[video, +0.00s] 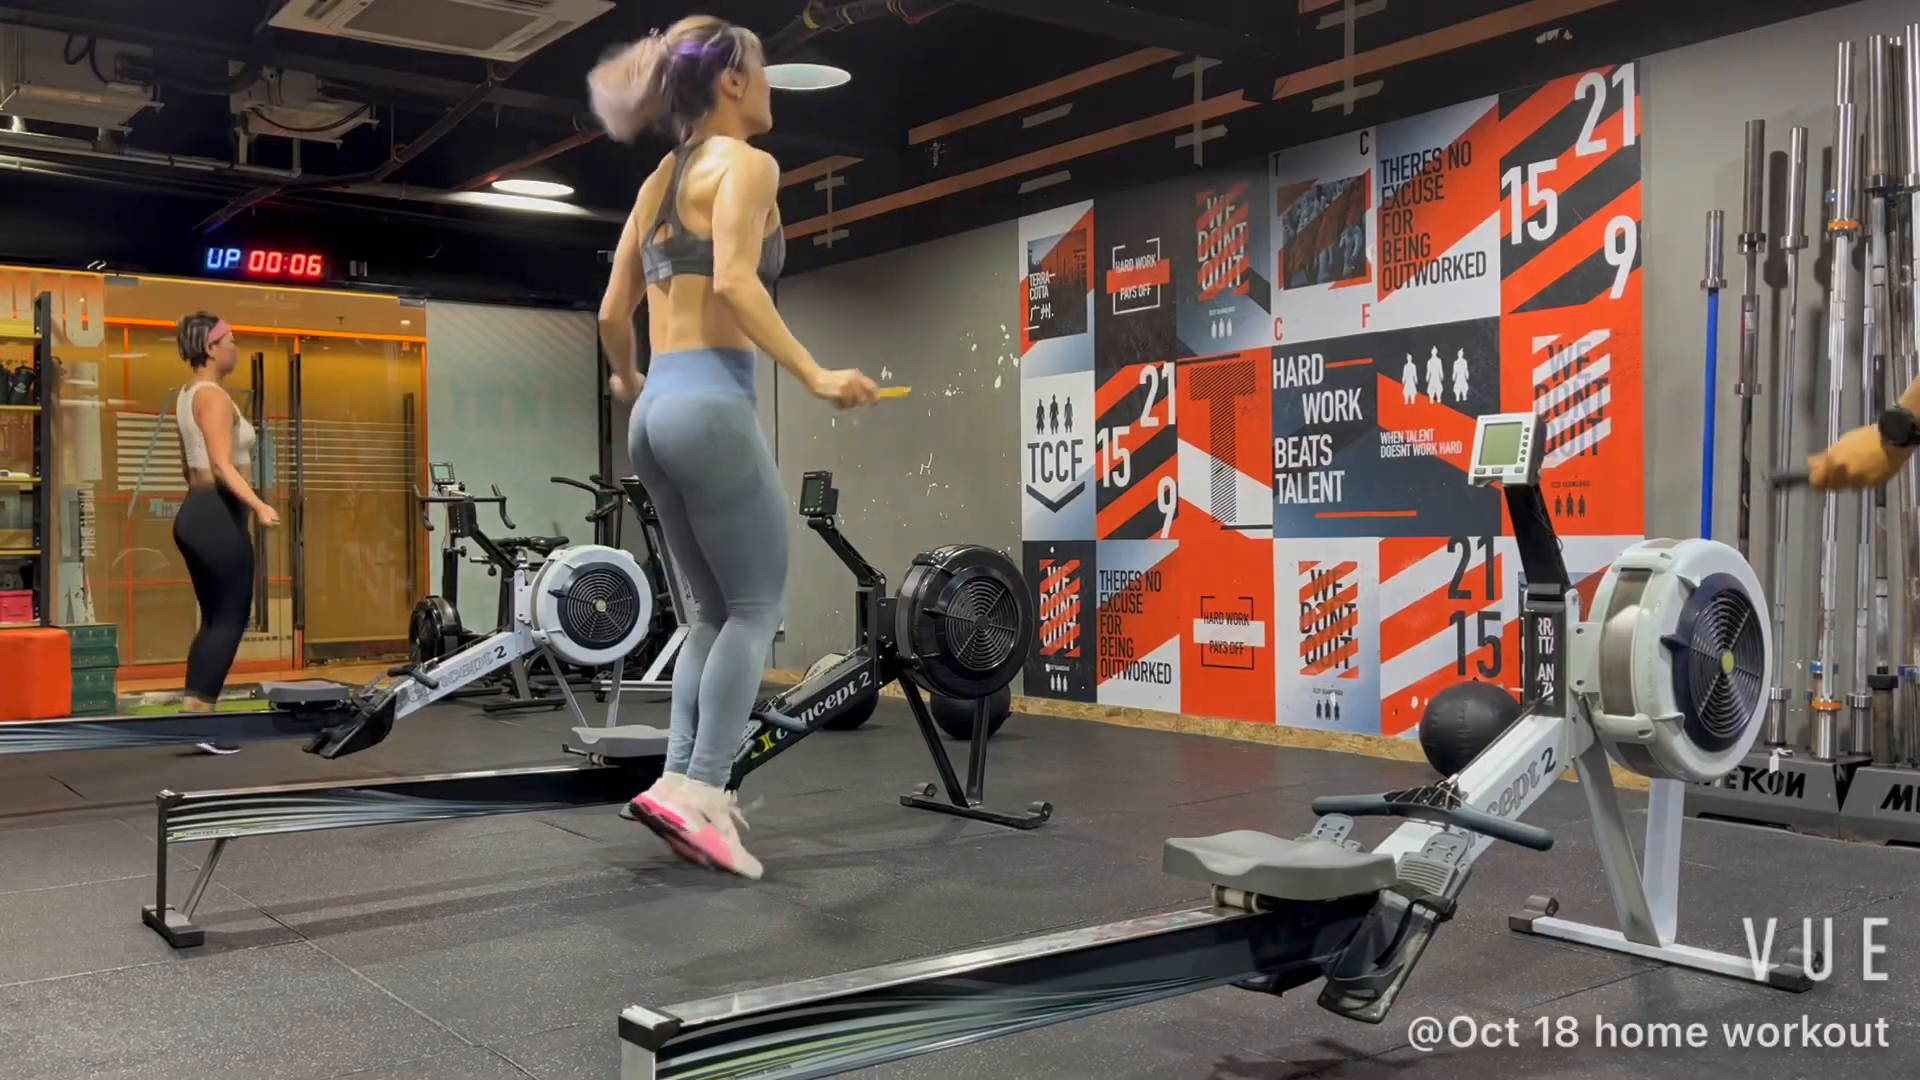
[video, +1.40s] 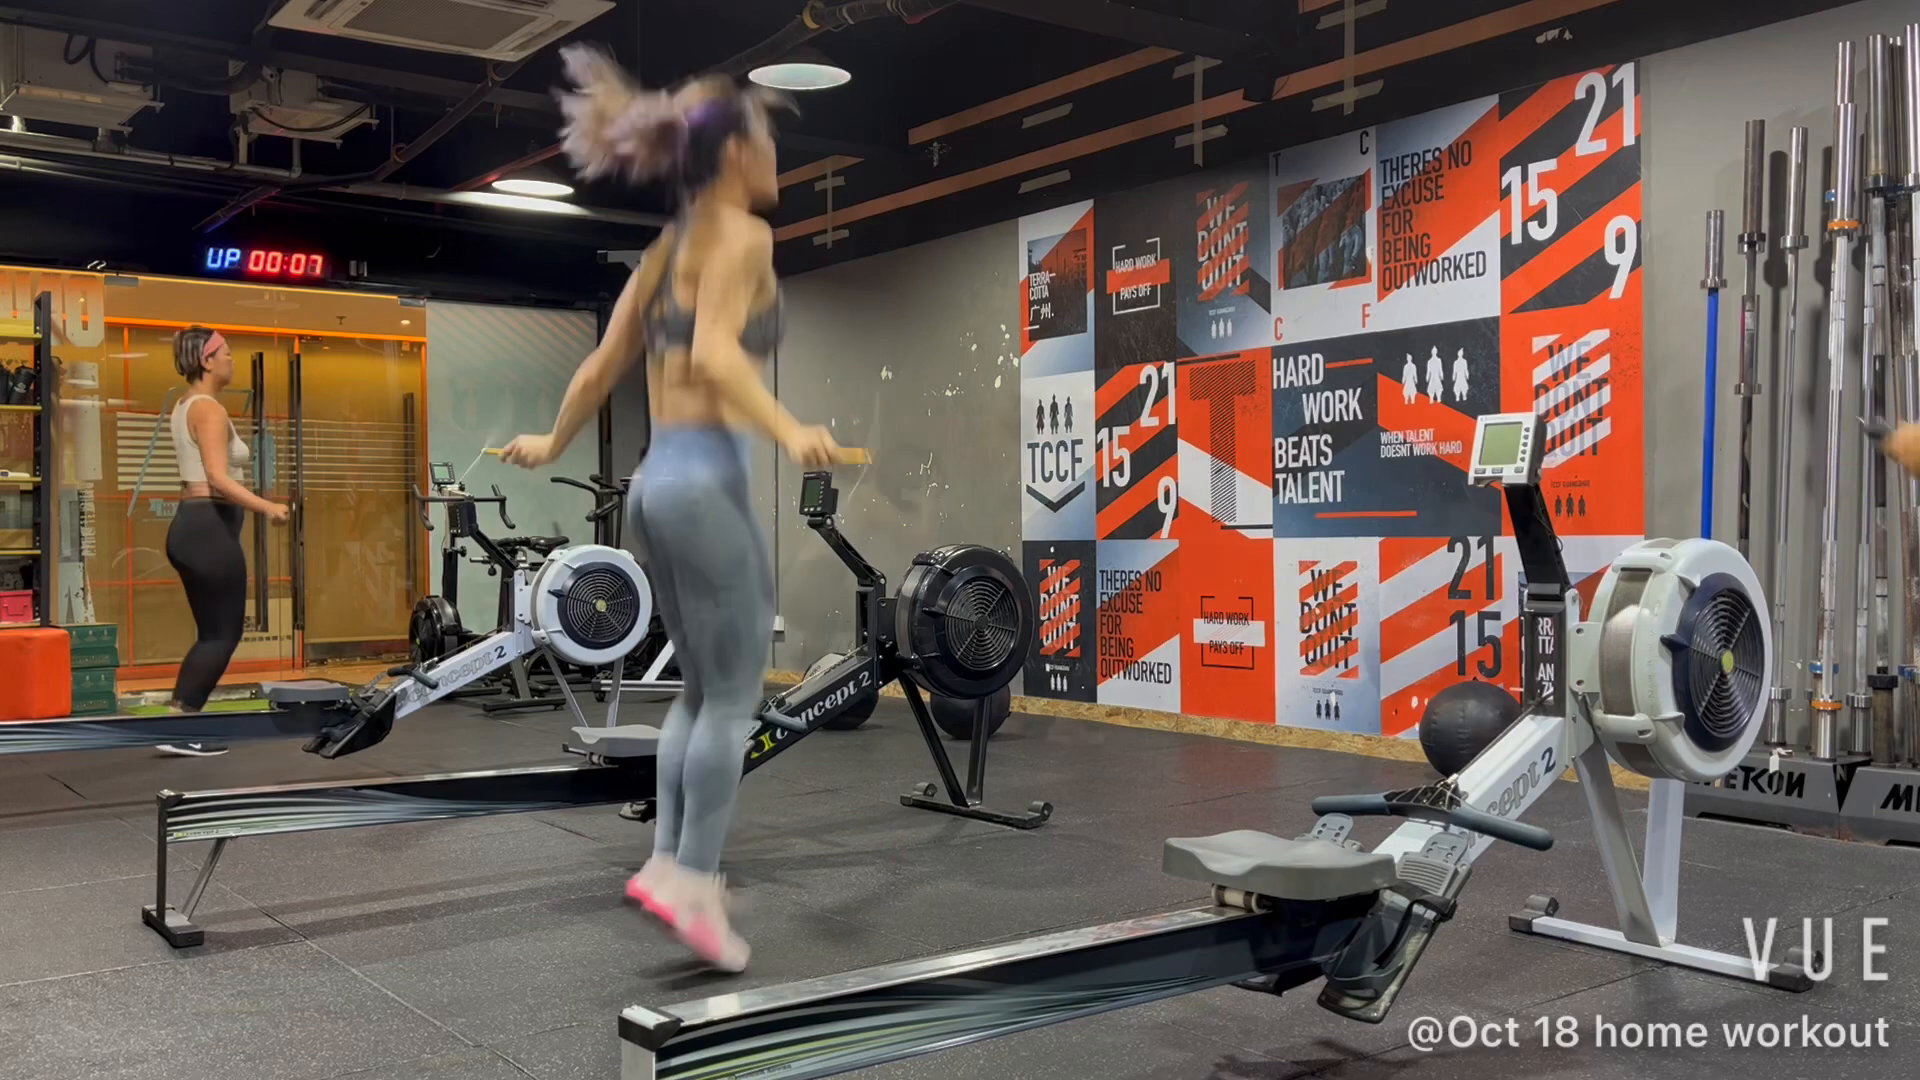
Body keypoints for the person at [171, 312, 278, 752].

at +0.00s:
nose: (236, 348)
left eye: (232, 340)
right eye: (229, 342)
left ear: (204, 350)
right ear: (210, 349)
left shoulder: (189, 395)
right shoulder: (212, 395)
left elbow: (196, 469)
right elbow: (221, 464)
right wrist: (259, 505)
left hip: (197, 512)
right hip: (216, 513)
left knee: (215, 617)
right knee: (232, 617)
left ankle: (196, 708)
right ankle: (200, 710)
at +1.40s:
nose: (232, 361)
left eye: (228, 353)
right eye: (226, 355)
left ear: (200, 362)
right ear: (207, 361)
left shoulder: (185, 406)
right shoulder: (208, 409)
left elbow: (208, 477)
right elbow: (217, 479)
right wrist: (266, 505)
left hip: (191, 526)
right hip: (208, 528)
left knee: (213, 632)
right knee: (225, 633)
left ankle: (180, 716)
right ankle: (183, 718)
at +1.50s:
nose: (229, 339)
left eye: (224, 331)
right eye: (223, 332)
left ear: (197, 343)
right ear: (207, 340)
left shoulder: (184, 388)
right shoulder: (208, 388)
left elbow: (199, 455)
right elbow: (217, 455)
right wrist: (246, 496)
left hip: (192, 504)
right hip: (210, 504)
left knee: (206, 610)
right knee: (216, 610)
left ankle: (189, 706)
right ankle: (192, 708)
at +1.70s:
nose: (230, 351)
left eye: (226, 342)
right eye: (225, 342)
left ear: (200, 348)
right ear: (209, 347)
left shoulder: (187, 397)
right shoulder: (208, 396)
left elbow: (200, 469)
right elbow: (213, 469)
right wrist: (261, 493)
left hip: (189, 521)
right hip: (210, 522)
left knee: (209, 625)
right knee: (221, 626)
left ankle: (181, 720)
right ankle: (184, 723)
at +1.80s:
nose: (232, 359)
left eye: (229, 350)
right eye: (226, 350)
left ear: (202, 354)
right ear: (210, 354)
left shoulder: (188, 403)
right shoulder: (210, 405)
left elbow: (200, 478)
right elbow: (219, 476)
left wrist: (243, 505)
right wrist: (262, 513)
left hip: (190, 527)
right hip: (210, 528)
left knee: (208, 632)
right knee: (220, 633)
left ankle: (179, 719)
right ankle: (182, 721)